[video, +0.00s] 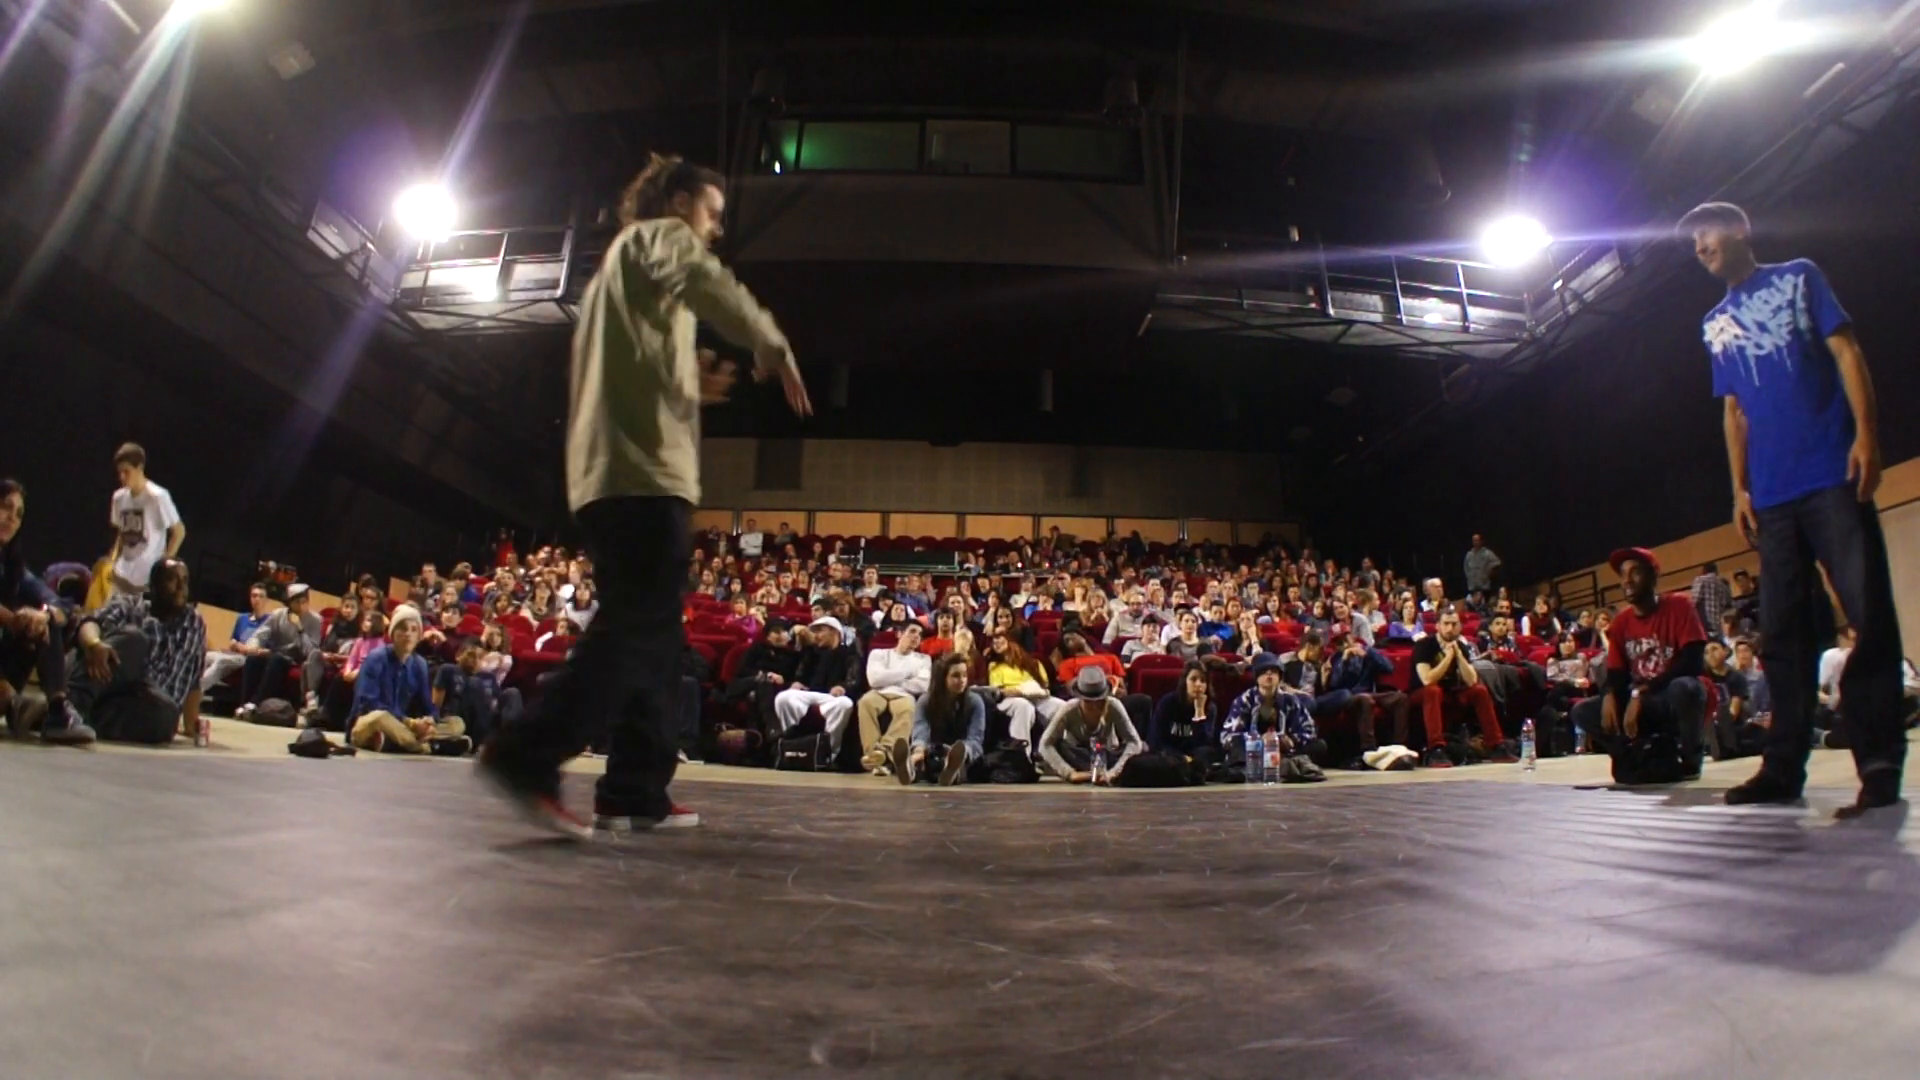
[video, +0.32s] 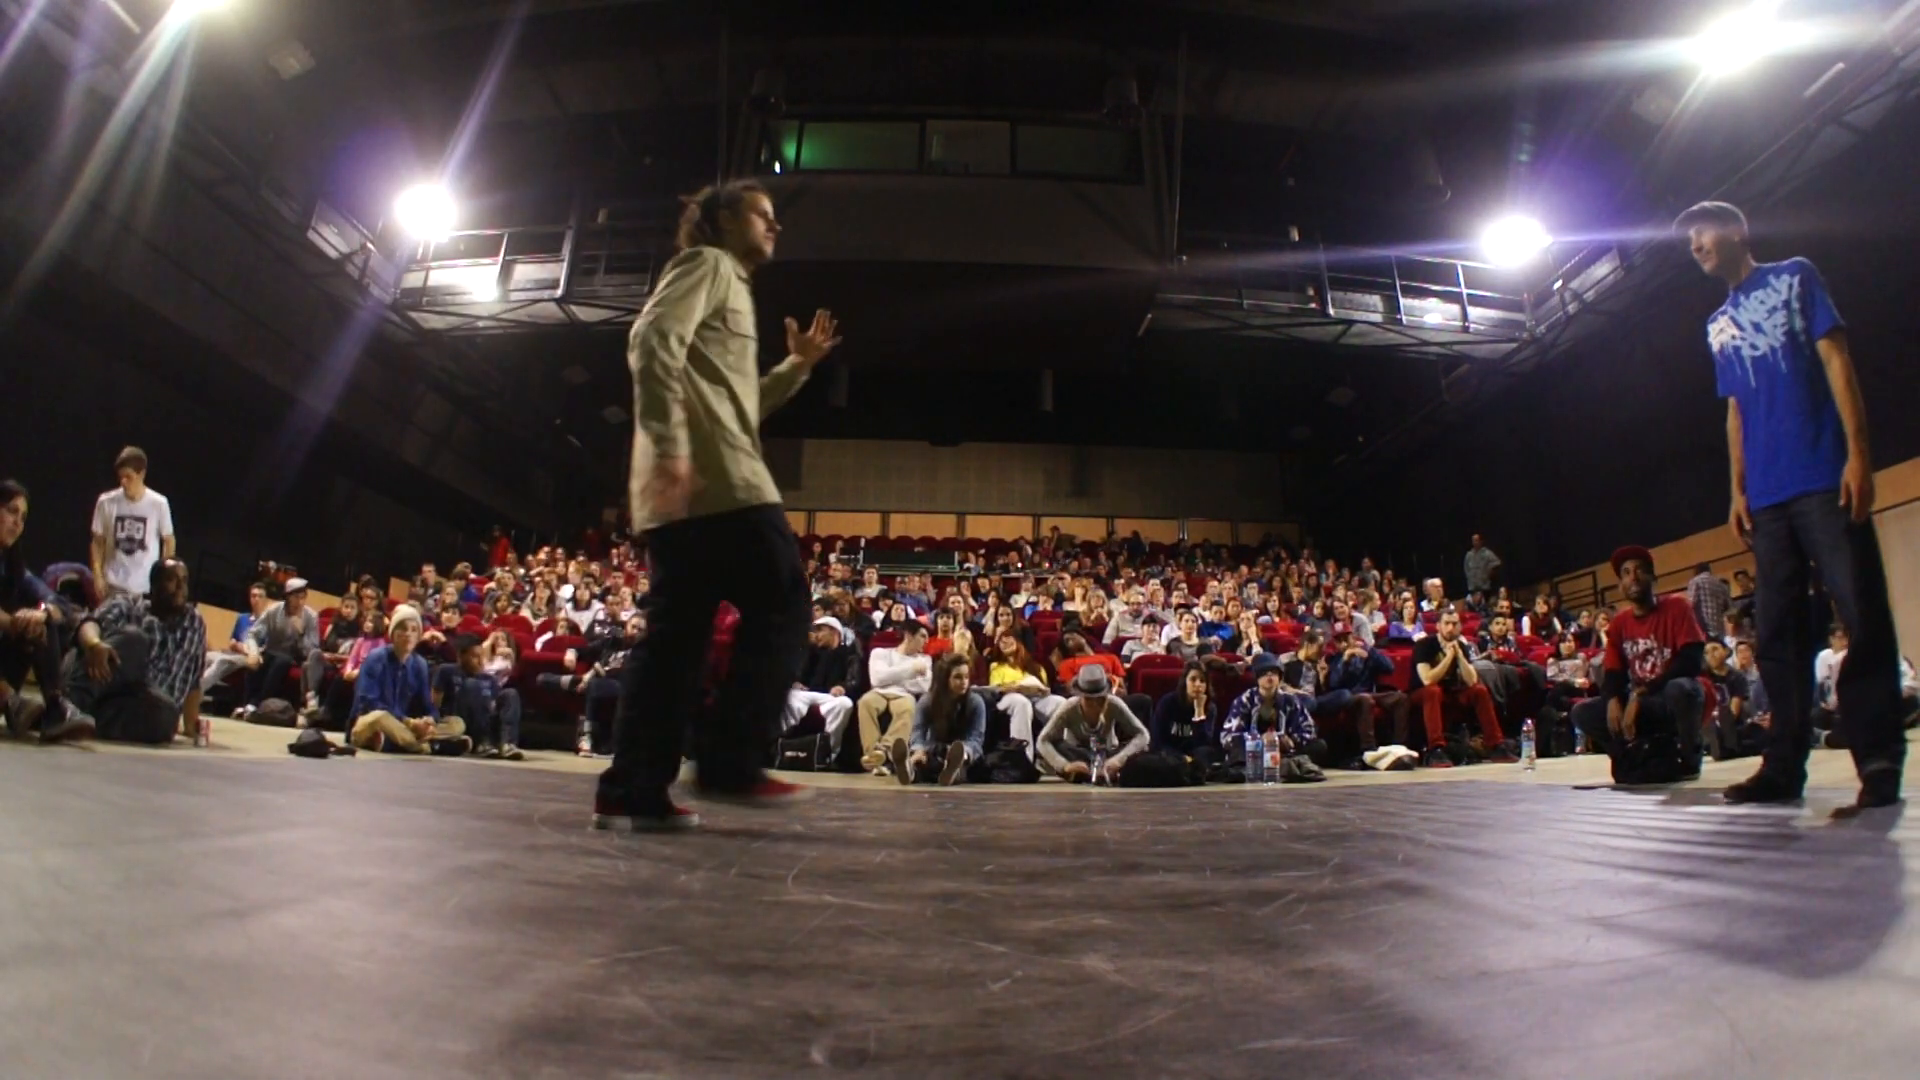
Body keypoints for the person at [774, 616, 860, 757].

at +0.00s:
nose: (816, 635)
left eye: (821, 630)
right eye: (815, 631)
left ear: (834, 633)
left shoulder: (848, 654)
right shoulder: (812, 652)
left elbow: (853, 680)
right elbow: (801, 674)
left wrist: (842, 688)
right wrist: (798, 683)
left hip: (831, 694)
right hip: (809, 691)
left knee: (844, 704)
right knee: (783, 699)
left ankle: (829, 754)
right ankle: (793, 749)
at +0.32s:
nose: (817, 635)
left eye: (821, 630)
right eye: (816, 631)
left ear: (833, 632)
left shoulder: (848, 654)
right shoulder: (813, 652)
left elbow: (853, 681)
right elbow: (801, 674)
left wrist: (843, 688)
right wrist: (797, 683)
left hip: (830, 694)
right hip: (808, 692)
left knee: (844, 704)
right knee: (791, 698)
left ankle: (829, 753)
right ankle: (785, 747)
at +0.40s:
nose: (818, 635)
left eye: (822, 631)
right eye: (818, 631)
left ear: (834, 633)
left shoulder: (848, 653)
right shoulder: (815, 653)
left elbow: (854, 679)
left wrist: (842, 687)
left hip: (834, 694)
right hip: (816, 693)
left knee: (844, 704)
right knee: (843, 704)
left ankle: (828, 752)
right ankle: (829, 753)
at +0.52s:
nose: (822, 634)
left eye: (825, 630)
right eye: (821, 630)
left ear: (835, 634)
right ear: (821, 633)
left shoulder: (848, 653)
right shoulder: (816, 653)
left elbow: (854, 680)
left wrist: (843, 687)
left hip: (834, 695)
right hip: (814, 693)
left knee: (845, 704)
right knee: (842, 704)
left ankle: (828, 752)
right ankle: (830, 754)